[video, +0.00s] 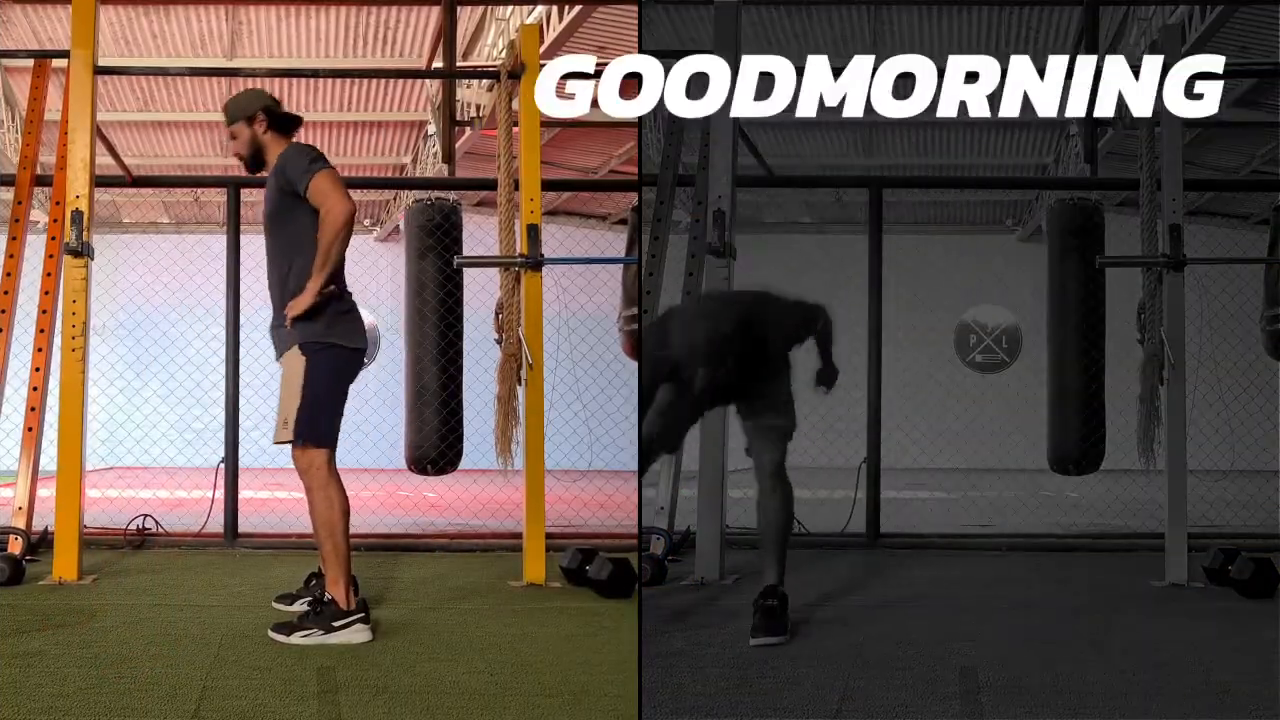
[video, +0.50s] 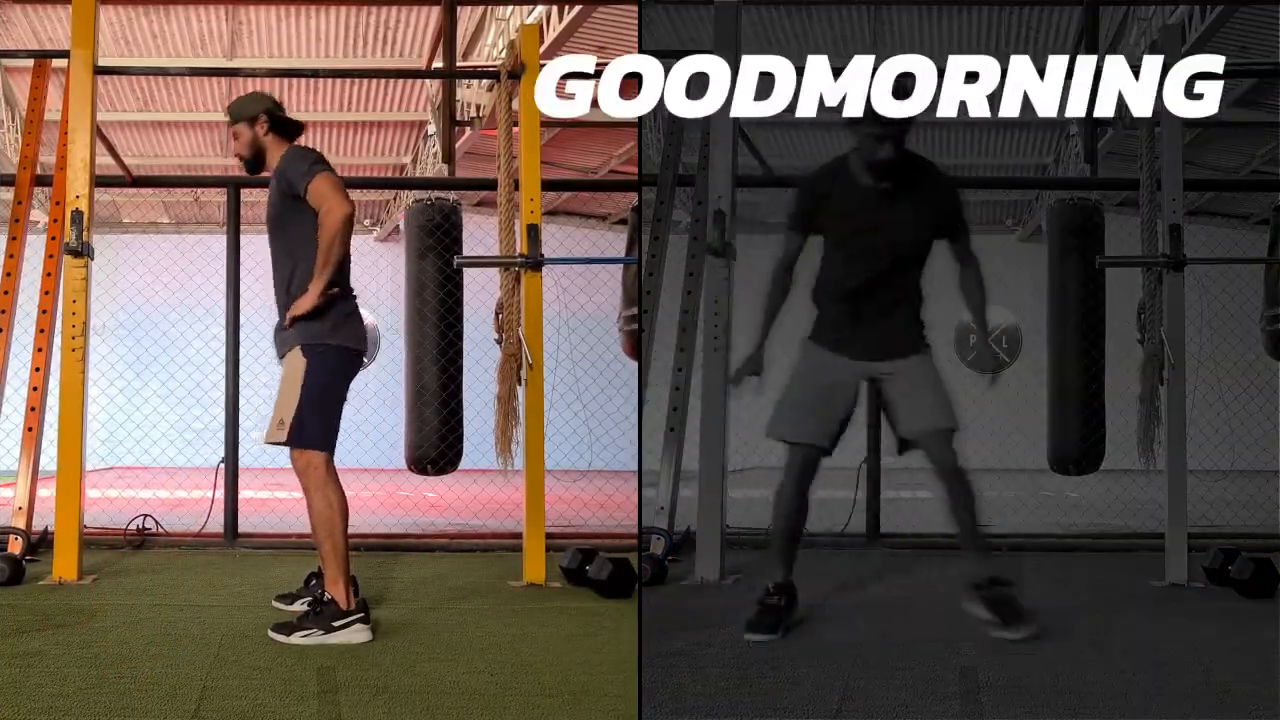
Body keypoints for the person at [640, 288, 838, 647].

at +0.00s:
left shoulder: (767, 319)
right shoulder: (663, 339)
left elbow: (818, 316)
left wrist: (827, 362)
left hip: (760, 372)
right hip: (695, 372)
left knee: (770, 472)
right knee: (645, 444)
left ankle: (772, 593)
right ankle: (598, 549)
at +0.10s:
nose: (730, 273)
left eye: (737, 263)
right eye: (721, 261)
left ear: (758, 251)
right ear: (712, 253)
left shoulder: (795, 264)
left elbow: (847, 286)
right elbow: (658, 321)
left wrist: (857, 351)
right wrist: (638, 401)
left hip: (785, 370)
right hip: (715, 366)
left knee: (783, 472)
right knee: (653, 467)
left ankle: (773, 594)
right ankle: (604, 558)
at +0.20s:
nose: (766, 199)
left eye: (775, 188)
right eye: (757, 187)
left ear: (796, 178)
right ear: (744, 179)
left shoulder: (836, 210)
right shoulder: (725, 217)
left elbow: (881, 254)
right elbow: (685, 296)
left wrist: (885, 328)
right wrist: (646, 381)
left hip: (812, 350)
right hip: (743, 345)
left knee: (789, 464)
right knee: (695, 446)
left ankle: (774, 594)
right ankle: (665, 543)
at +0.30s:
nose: (808, 155)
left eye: (819, 145)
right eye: (801, 142)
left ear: (838, 139)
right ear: (787, 135)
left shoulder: (869, 177)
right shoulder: (754, 179)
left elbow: (909, 232)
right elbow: (714, 262)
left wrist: (917, 309)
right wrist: (684, 342)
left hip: (843, 327)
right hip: (774, 323)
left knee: (827, 447)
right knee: (736, 438)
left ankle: (814, 570)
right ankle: (737, 556)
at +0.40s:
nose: (845, 150)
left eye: (855, 140)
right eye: (836, 139)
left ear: (871, 134)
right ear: (817, 132)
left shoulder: (898, 178)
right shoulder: (784, 179)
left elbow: (938, 244)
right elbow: (743, 255)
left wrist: (950, 316)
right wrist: (720, 332)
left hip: (869, 330)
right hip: (799, 328)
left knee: (879, 446)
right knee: (777, 458)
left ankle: (890, 570)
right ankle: (775, 585)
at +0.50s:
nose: (881, 151)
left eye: (891, 140)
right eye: (872, 139)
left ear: (905, 136)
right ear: (855, 133)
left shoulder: (932, 187)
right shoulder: (824, 185)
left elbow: (966, 259)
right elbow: (785, 266)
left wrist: (981, 328)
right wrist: (758, 345)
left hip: (904, 347)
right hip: (831, 345)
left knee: (948, 464)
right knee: (799, 468)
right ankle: (778, 590)